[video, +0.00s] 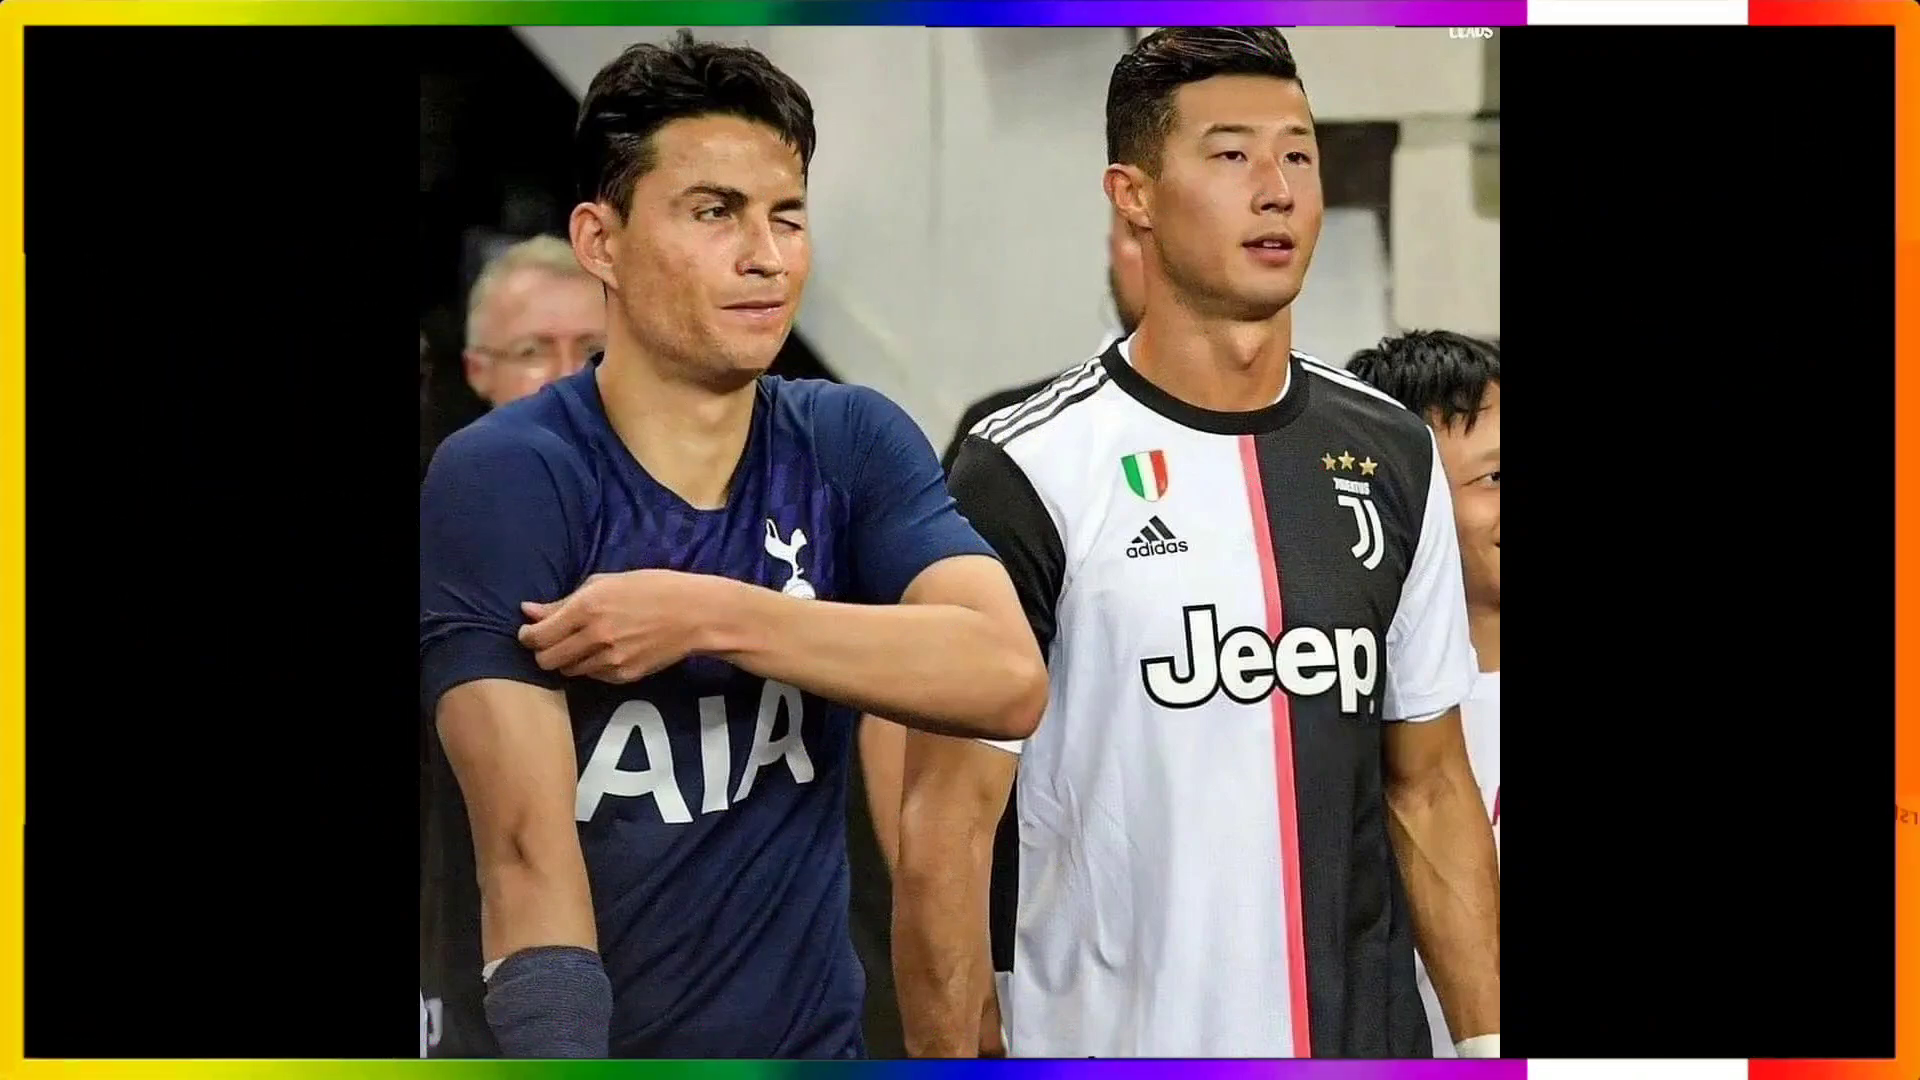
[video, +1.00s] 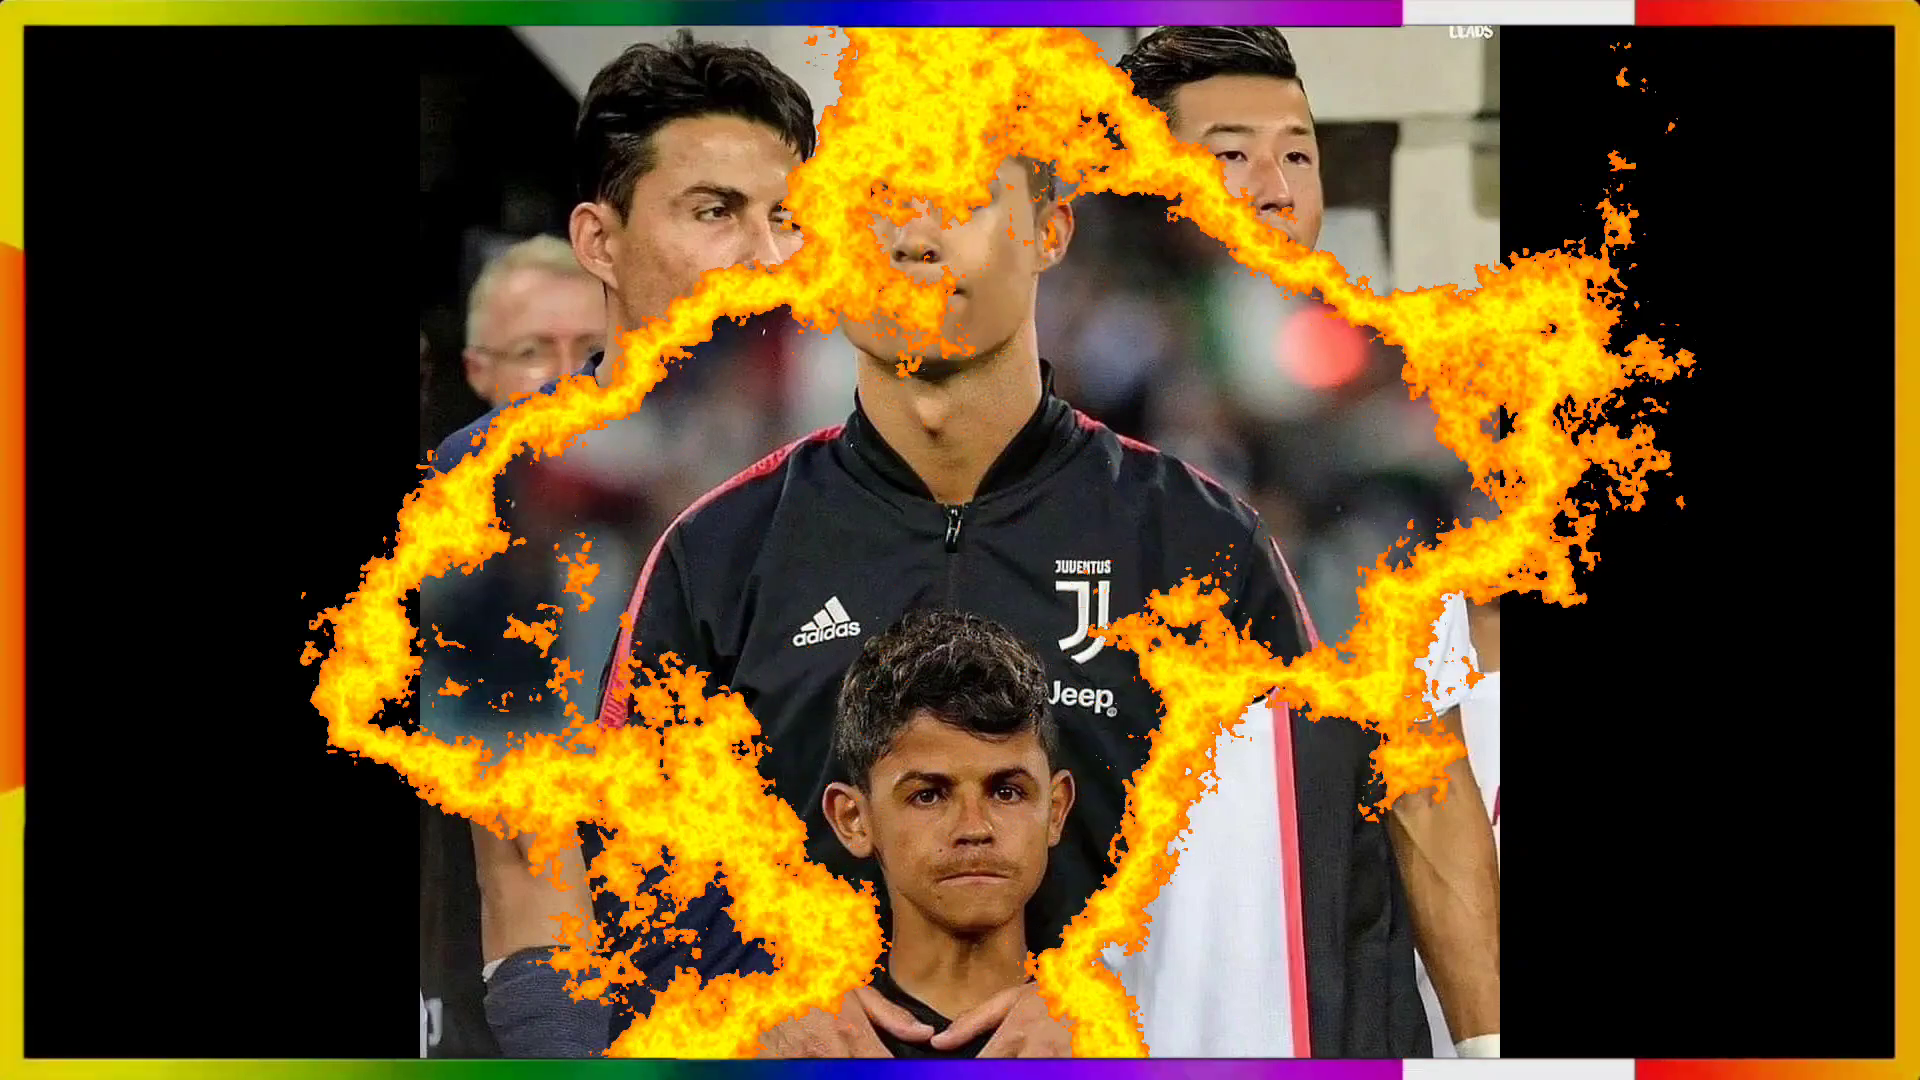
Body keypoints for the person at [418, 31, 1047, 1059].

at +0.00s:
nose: (766, 257)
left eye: (785, 218)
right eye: (712, 212)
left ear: (809, 237)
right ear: (601, 241)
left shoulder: (856, 439)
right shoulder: (499, 476)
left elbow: (1009, 681)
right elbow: (525, 851)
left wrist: (714, 613)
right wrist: (561, 1058)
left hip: (812, 1042)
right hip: (594, 1036)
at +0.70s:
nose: (767, 260)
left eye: (787, 219)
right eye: (715, 212)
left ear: (811, 236)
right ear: (600, 241)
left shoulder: (846, 453)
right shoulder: (497, 475)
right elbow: (524, 855)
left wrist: (708, 619)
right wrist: (560, 1060)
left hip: (813, 1037)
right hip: (602, 1037)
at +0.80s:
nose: (766, 259)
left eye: (788, 220)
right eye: (714, 212)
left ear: (811, 238)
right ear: (600, 241)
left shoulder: (857, 453)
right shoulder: (492, 477)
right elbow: (524, 845)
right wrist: (560, 1053)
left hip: (841, 1030)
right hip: (614, 1034)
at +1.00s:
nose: (766, 257)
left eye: (787, 218)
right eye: (714, 211)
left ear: (809, 234)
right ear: (598, 239)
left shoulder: (830, 461)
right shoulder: (497, 478)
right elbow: (527, 856)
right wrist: (571, 1047)